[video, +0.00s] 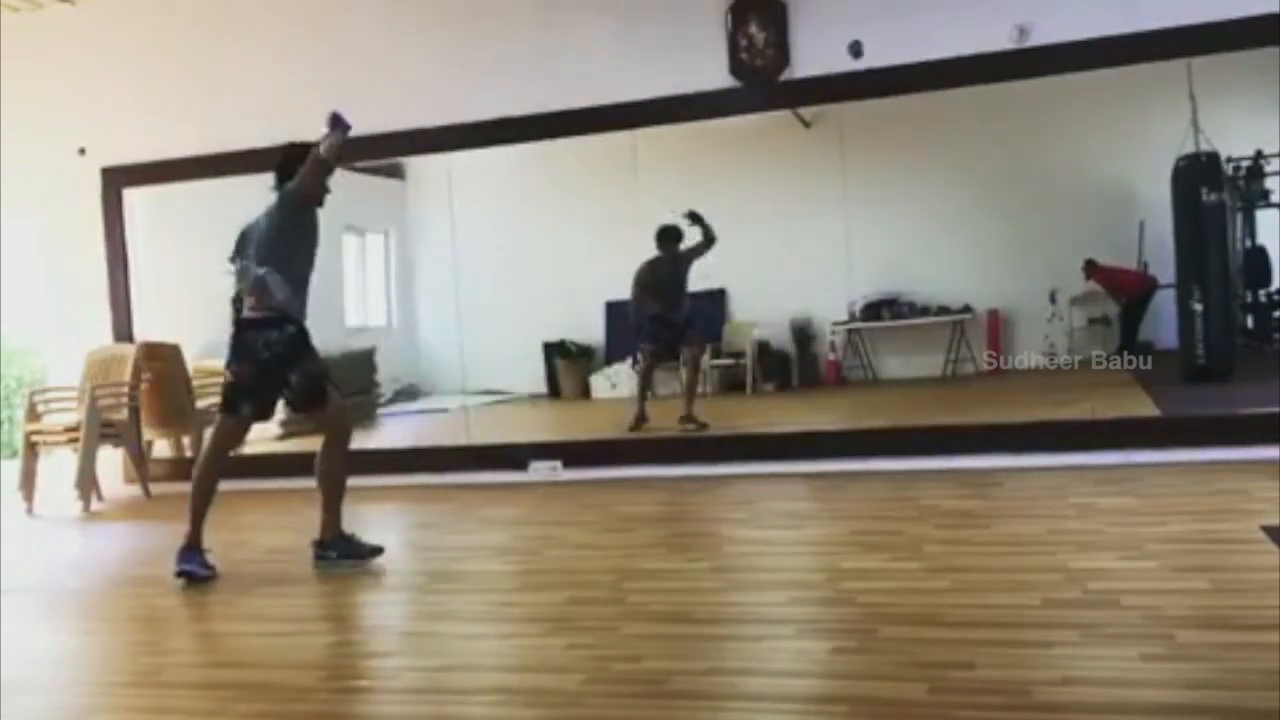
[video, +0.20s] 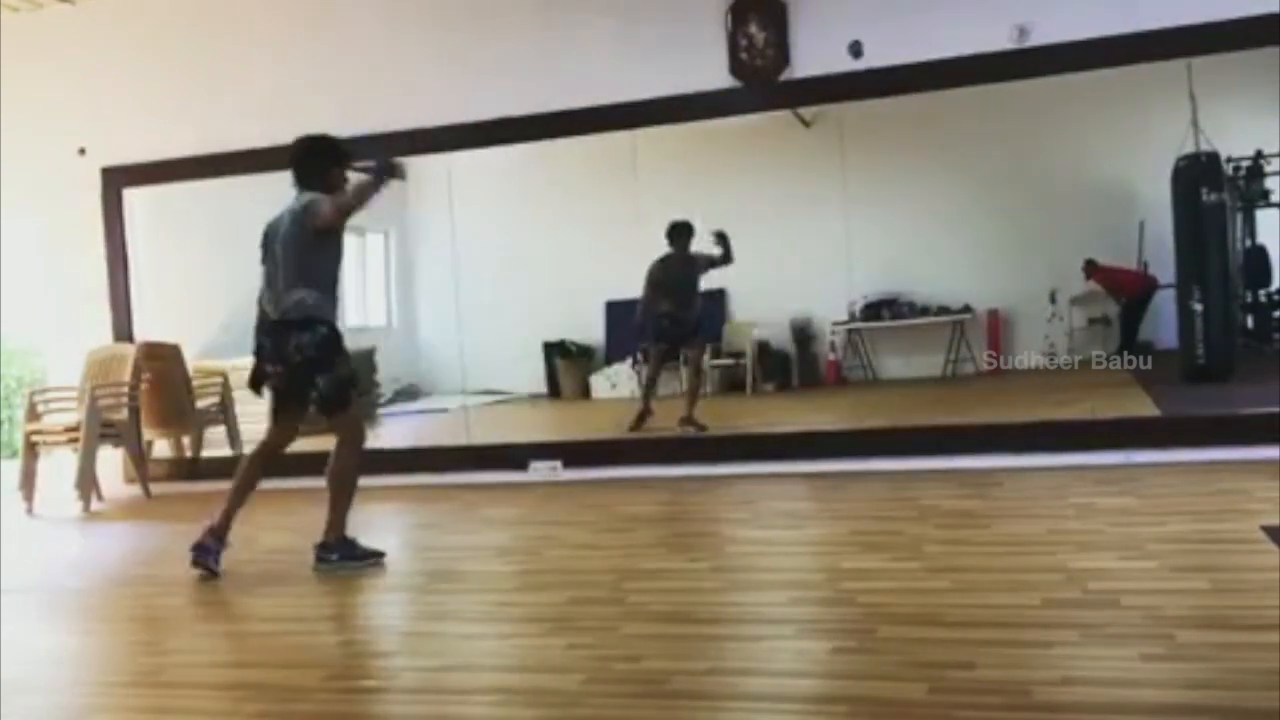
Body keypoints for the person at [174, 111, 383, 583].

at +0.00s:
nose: (326, 188)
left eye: (326, 179)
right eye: (322, 178)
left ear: (282, 177)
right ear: (303, 177)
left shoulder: (252, 229)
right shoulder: (296, 209)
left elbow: (243, 286)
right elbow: (318, 162)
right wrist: (337, 134)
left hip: (247, 339)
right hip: (282, 337)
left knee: (223, 439)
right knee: (337, 423)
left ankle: (191, 546)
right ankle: (331, 536)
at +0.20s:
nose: (346, 181)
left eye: (346, 172)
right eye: (343, 171)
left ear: (300, 175)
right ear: (329, 173)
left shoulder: (276, 225)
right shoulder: (318, 205)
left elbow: (268, 294)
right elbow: (334, 214)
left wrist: (261, 356)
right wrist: (378, 180)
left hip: (278, 337)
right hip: (314, 336)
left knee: (279, 435)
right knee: (351, 432)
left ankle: (215, 535)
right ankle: (335, 539)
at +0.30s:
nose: (362, 173)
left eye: (361, 163)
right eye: (357, 164)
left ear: (318, 168)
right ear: (342, 168)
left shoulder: (298, 216)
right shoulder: (331, 209)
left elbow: (292, 282)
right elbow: (350, 254)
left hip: (305, 332)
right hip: (328, 329)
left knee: (334, 432)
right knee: (348, 434)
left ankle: (272, 511)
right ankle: (333, 541)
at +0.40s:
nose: (374, 172)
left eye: (373, 162)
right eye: (369, 163)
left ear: (333, 167)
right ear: (353, 166)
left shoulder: (314, 214)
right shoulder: (341, 214)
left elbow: (320, 279)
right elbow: (347, 277)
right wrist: (399, 275)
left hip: (320, 329)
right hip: (336, 331)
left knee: (370, 422)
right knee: (351, 428)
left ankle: (313, 510)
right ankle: (331, 539)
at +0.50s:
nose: (401, 168)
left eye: (398, 159)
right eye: (394, 160)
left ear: (358, 170)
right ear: (379, 168)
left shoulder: (343, 219)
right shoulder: (362, 222)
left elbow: (327, 292)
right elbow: (351, 294)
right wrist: (396, 297)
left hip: (347, 330)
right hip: (354, 332)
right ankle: (332, 539)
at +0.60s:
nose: (416, 173)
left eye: (413, 164)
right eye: (409, 165)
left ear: (374, 172)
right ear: (393, 171)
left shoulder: (379, 223)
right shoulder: (365, 226)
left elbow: (339, 298)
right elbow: (358, 300)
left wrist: (384, 306)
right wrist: (405, 297)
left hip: (379, 334)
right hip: (356, 339)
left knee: (436, 416)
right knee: (362, 438)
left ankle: (436, 520)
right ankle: (334, 538)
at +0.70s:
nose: (447, 175)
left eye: (444, 166)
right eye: (440, 167)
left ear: (414, 173)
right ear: (419, 173)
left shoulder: (415, 226)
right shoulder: (395, 228)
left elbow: (400, 294)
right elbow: (393, 301)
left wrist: (446, 300)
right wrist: (450, 302)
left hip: (410, 337)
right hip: (384, 345)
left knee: (462, 422)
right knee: (376, 443)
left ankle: (497, 521)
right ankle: (338, 534)